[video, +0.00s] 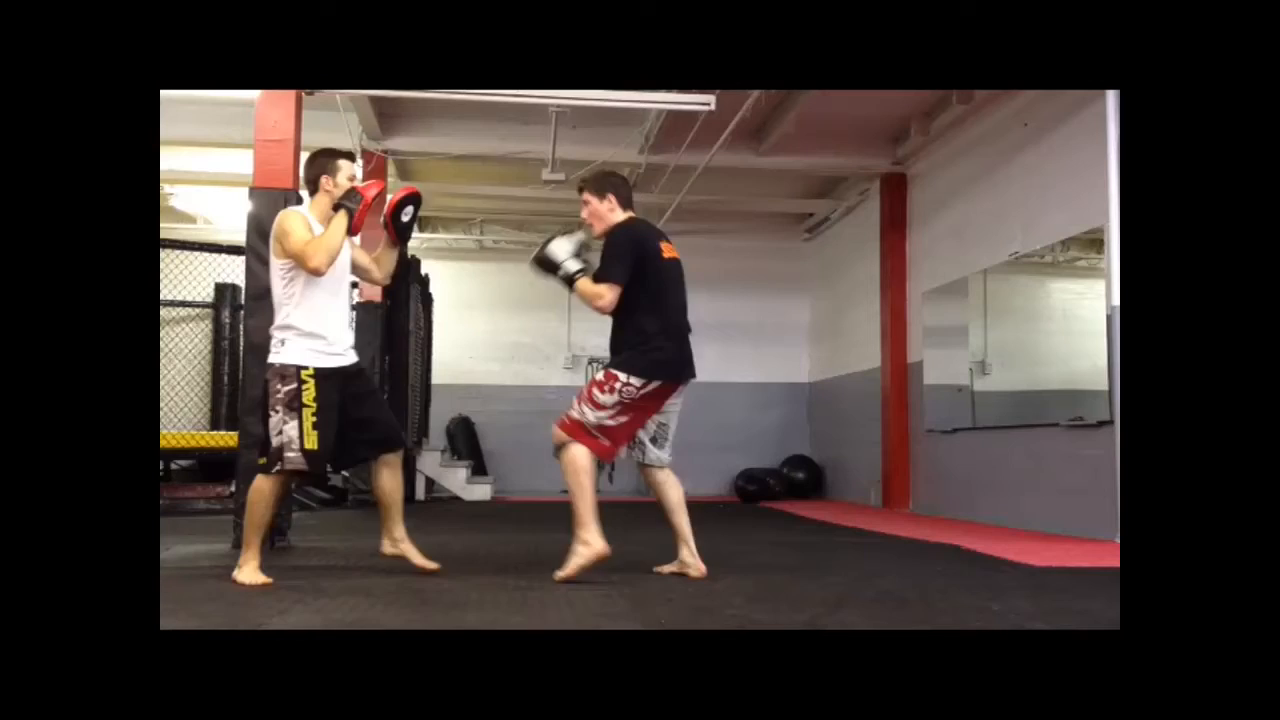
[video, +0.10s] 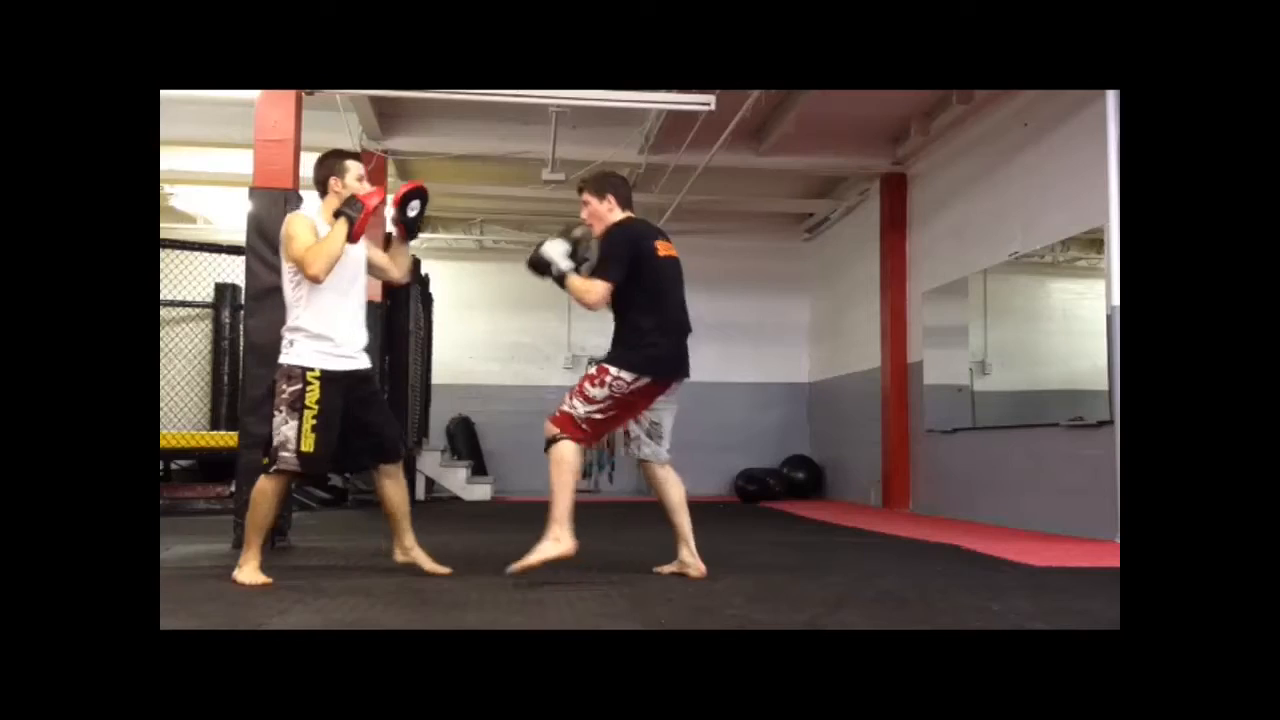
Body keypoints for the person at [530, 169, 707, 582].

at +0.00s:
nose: (584, 215)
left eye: (587, 205)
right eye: (583, 207)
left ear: (612, 200)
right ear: (619, 203)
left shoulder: (624, 235)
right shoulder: (653, 235)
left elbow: (606, 299)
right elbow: (630, 298)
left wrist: (570, 269)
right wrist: (580, 266)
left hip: (641, 363)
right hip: (673, 364)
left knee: (571, 435)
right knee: (655, 460)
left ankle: (588, 538)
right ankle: (689, 555)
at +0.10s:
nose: (584, 215)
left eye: (587, 205)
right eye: (583, 206)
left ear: (610, 201)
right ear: (620, 203)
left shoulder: (622, 235)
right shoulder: (654, 235)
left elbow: (594, 296)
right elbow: (633, 293)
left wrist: (561, 270)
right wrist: (593, 263)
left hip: (637, 358)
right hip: (669, 360)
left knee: (563, 429)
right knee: (653, 455)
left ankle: (559, 534)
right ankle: (689, 554)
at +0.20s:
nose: (576, 209)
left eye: (579, 201)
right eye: (575, 201)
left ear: (601, 197)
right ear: (616, 198)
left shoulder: (595, 228)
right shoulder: (653, 226)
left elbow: (545, 267)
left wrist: (522, 238)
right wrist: (581, 232)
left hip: (626, 351)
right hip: (668, 351)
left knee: (571, 444)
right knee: (665, 456)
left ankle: (546, 546)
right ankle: (689, 554)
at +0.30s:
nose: (568, 213)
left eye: (569, 207)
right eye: (567, 208)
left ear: (590, 199)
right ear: (607, 197)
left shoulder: (582, 224)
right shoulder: (646, 226)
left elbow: (512, 243)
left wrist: (480, 219)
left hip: (617, 357)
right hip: (658, 357)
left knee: (574, 454)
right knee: (659, 458)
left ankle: (550, 560)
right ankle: (688, 554)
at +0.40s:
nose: (556, 227)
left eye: (557, 217)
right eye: (552, 220)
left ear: (580, 205)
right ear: (586, 205)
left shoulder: (598, 236)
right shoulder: (624, 232)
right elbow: (574, 288)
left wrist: (513, 257)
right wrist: (532, 261)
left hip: (616, 369)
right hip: (641, 367)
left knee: (566, 457)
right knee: (633, 463)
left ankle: (550, 565)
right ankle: (686, 555)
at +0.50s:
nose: (546, 252)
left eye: (549, 242)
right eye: (542, 244)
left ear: (572, 230)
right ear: (566, 233)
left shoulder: (621, 257)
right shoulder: (564, 266)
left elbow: (631, 326)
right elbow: (525, 304)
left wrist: (569, 309)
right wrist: (529, 272)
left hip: (624, 379)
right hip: (603, 377)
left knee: (556, 456)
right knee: (614, 481)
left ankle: (550, 566)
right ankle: (684, 556)